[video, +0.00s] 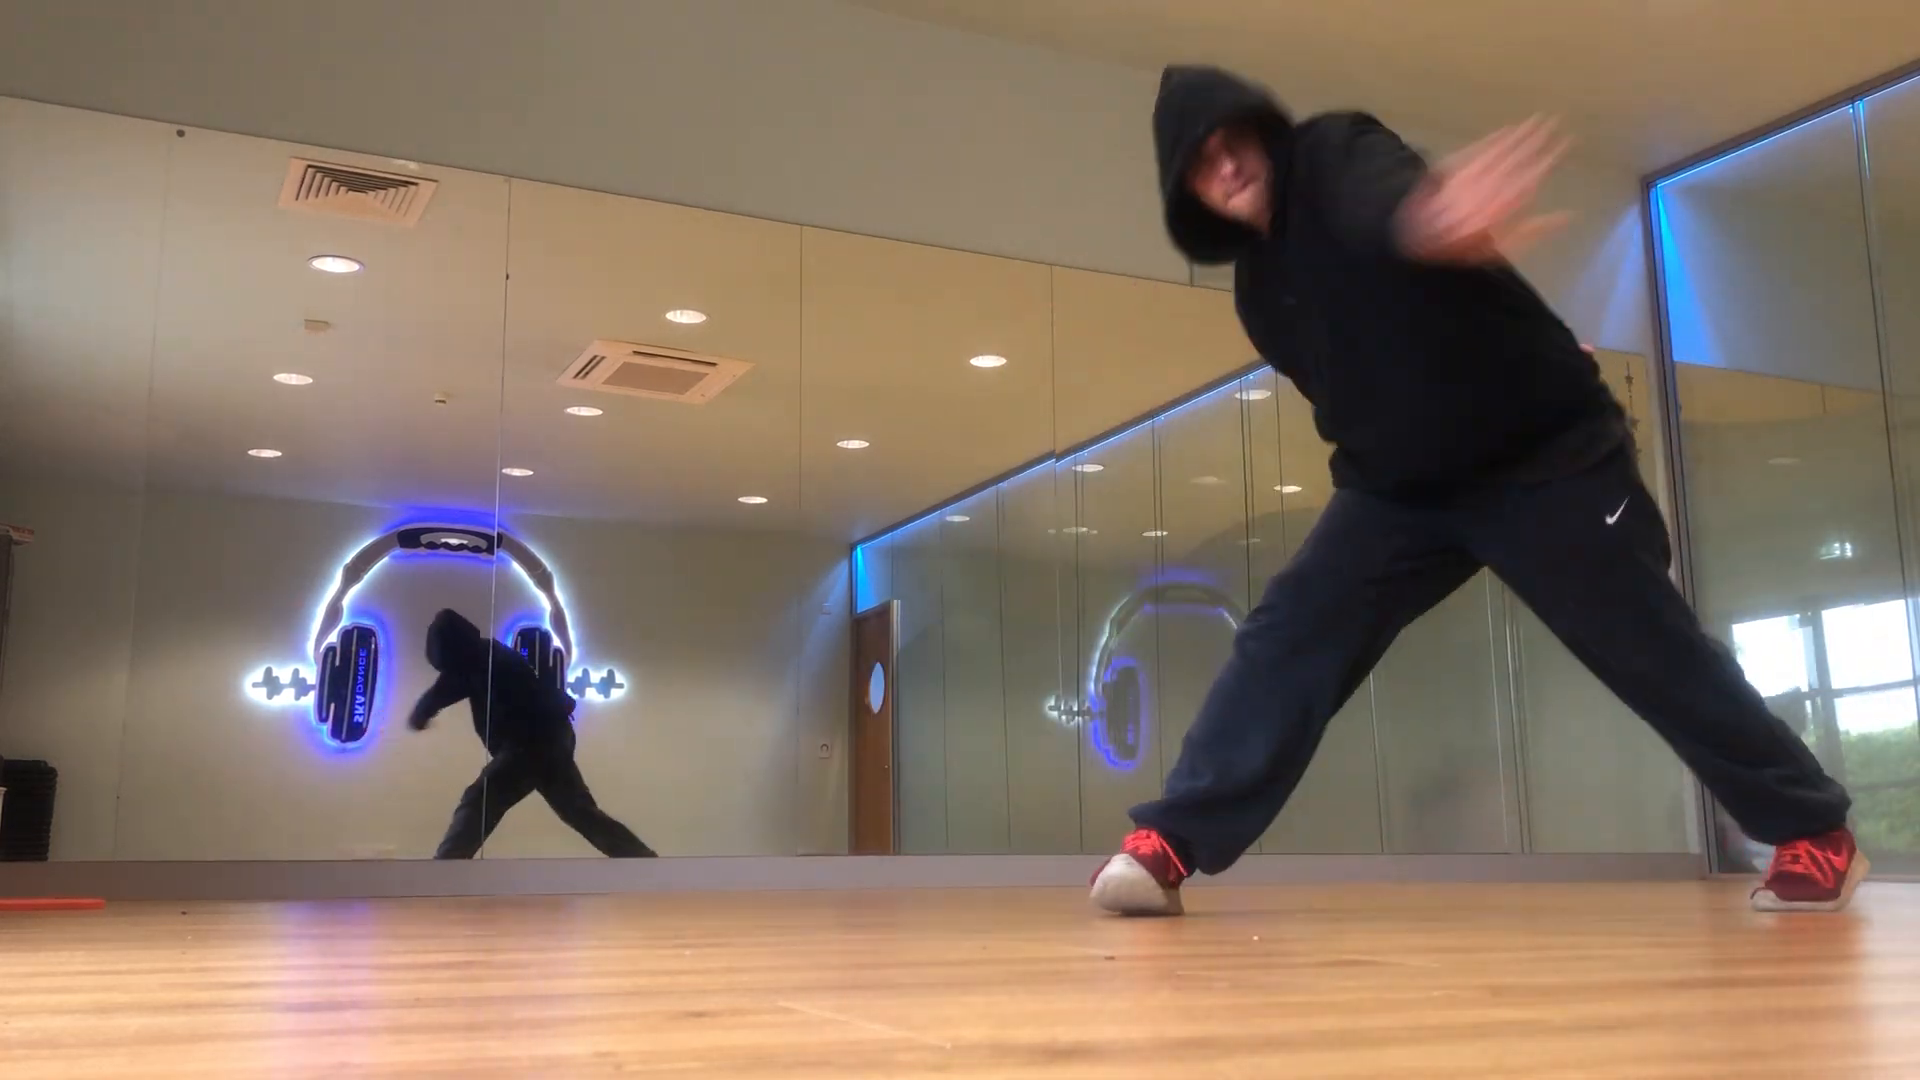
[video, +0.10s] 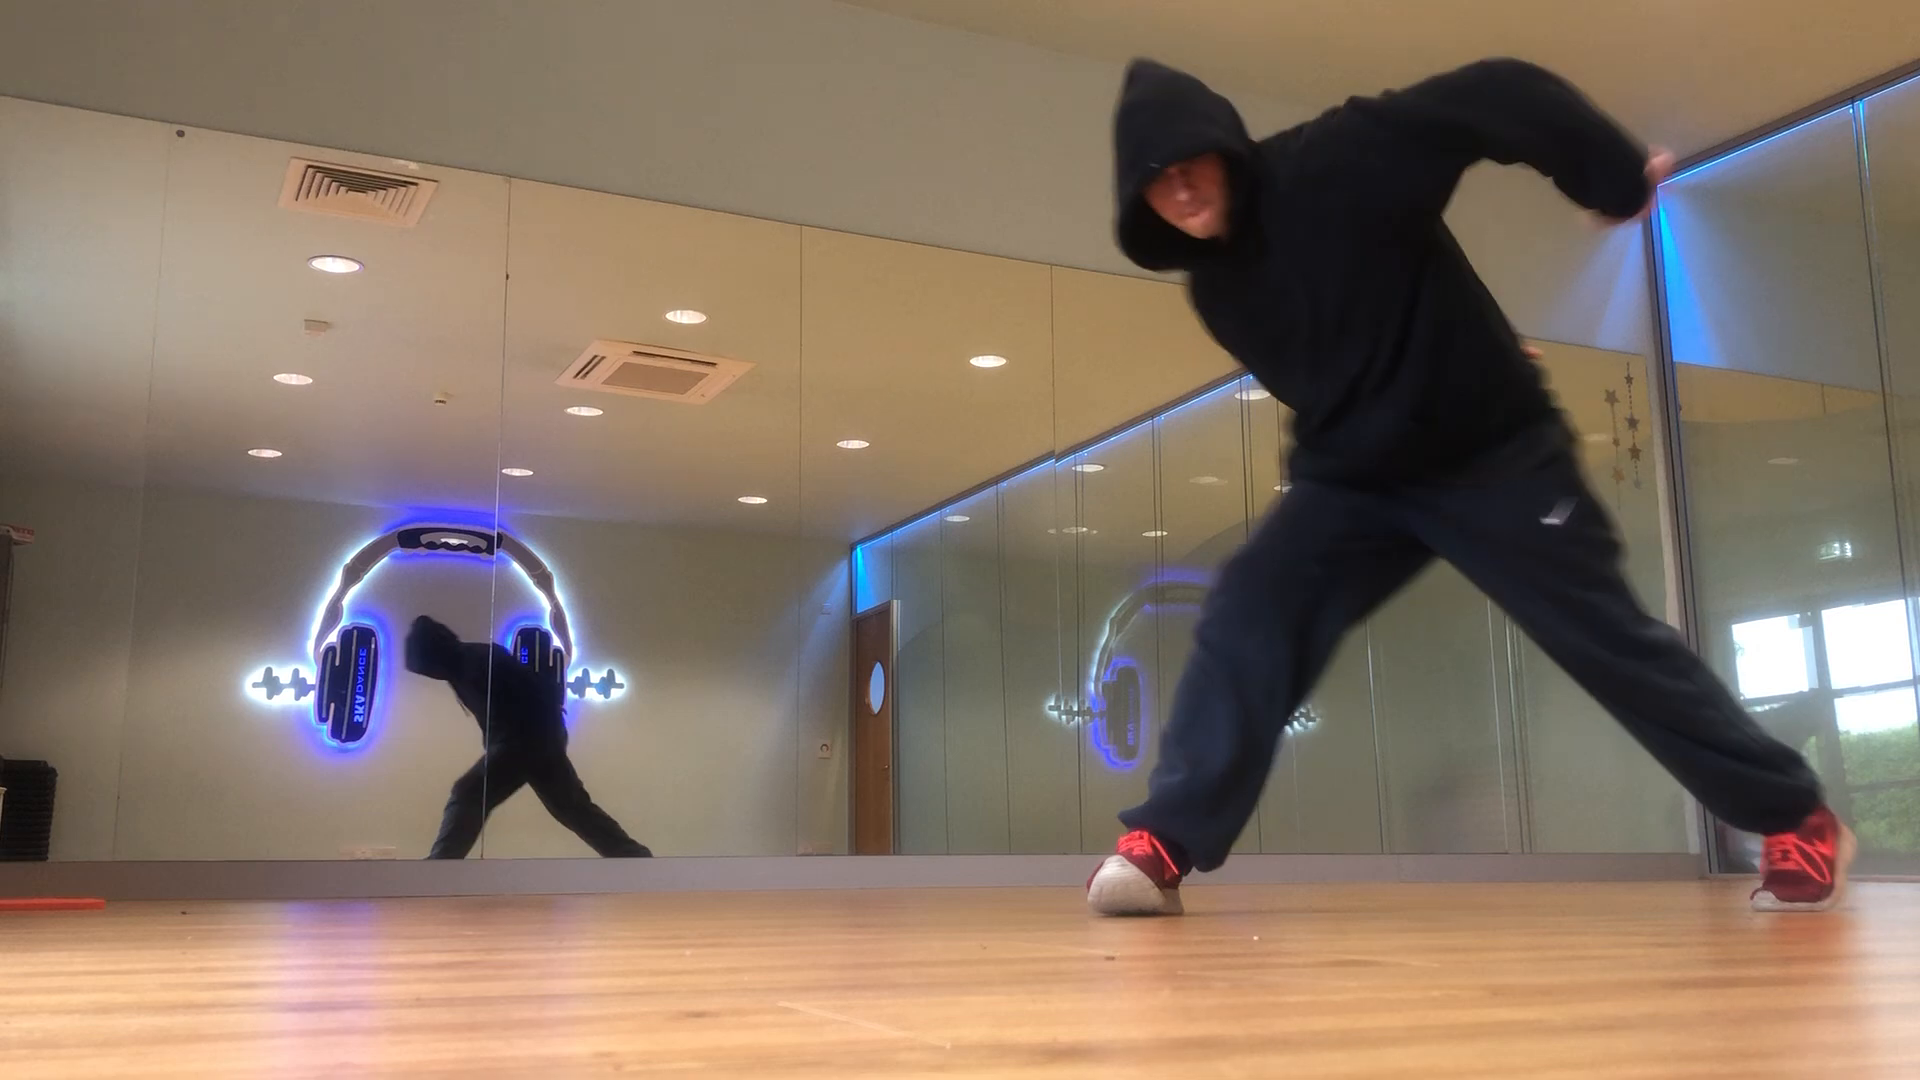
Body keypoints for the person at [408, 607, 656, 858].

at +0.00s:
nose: (437, 660)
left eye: (437, 652)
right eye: (434, 654)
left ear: (448, 644)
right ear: (466, 634)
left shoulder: (474, 658)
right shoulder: (499, 653)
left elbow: (444, 690)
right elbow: (536, 683)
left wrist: (420, 715)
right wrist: (562, 703)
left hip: (529, 741)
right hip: (551, 737)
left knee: (479, 800)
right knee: (583, 814)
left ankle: (443, 872)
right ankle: (650, 868)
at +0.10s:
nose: (424, 669)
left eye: (422, 661)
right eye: (420, 663)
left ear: (433, 650)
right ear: (442, 641)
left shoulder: (473, 659)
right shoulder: (473, 660)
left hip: (523, 743)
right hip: (540, 741)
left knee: (468, 795)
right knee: (574, 809)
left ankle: (438, 871)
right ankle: (640, 863)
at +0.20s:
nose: (403, 671)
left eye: (400, 663)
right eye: (398, 665)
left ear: (408, 653)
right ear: (419, 639)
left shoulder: (445, 656)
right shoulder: (450, 655)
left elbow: (503, 665)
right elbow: (505, 665)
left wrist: (534, 685)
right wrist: (534, 688)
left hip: (503, 725)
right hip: (529, 722)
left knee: (453, 788)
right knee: (544, 801)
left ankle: (434, 869)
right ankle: (616, 850)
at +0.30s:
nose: (396, 663)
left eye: (393, 655)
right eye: (390, 659)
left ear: (403, 641)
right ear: (412, 632)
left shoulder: (431, 644)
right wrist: (444, 726)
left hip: (479, 722)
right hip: (509, 718)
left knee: (435, 790)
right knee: (500, 798)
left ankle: (429, 872)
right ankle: (576, 849)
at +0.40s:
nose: (400, 642)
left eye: (400, 634)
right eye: (397, 637)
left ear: (408, 620)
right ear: (429, 609)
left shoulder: (428, 626)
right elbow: (429, 719)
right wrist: (380, 715)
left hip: (454, 713)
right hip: (490, 714)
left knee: (419, 794)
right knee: (468, 799)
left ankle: (425, 873)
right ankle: (524, 853)